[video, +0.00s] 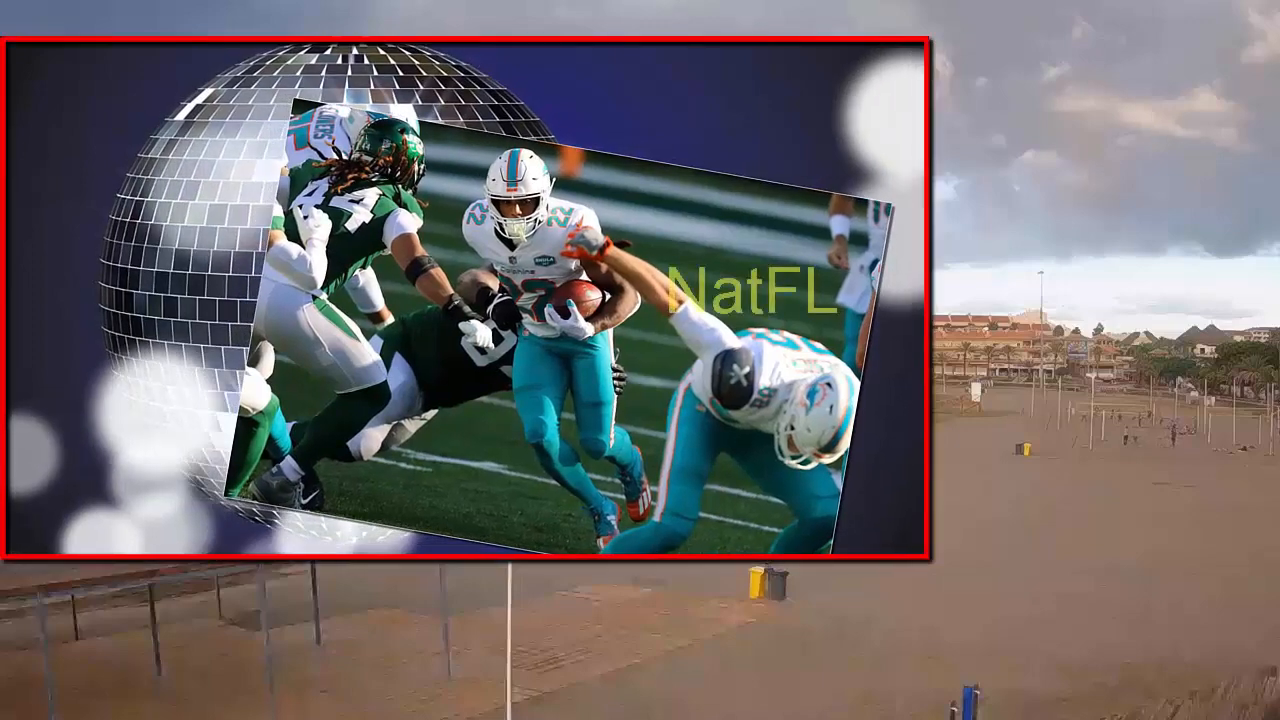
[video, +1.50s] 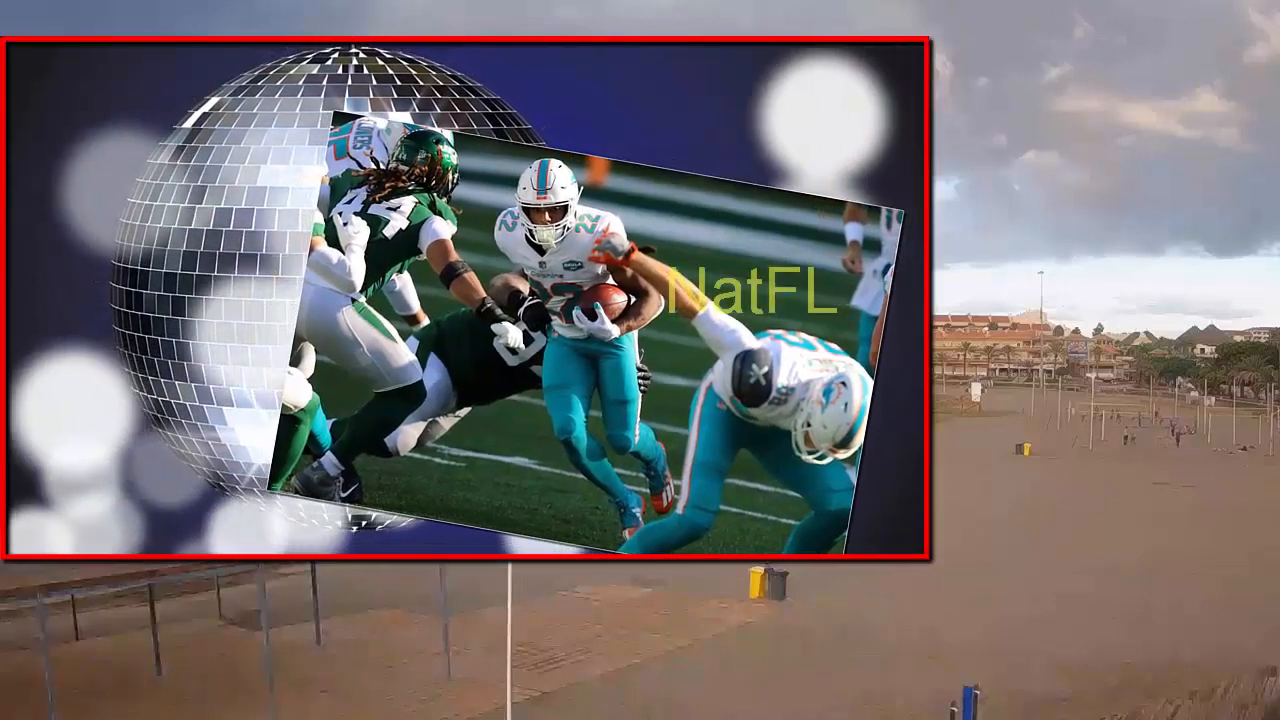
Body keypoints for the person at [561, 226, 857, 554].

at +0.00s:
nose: (804, 461)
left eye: (817, 457)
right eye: (799, 450)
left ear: (845, 432)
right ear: (787, 415)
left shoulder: (854, 415)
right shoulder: (744, 375)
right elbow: (671, 300)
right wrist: (606, 253)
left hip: (764, 428)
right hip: (706, 405)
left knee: (827, 516)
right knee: (673, 527)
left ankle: (764, 583)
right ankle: (592, 571)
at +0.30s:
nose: (808, 460)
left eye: (821, 455)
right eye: (803, 449)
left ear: (849, 432)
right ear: (790, 414)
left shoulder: (857, 416)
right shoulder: (747, 373)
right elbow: (675, 300)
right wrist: (610, 253)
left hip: (767, 427)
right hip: (710, 404)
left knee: (829, 513)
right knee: (678, 525)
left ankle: (768, 584)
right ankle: (597, 572)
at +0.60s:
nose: (810, 459)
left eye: (823, 455)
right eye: (805, 448)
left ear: (850, 432)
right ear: (794, 414)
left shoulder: (860, 415)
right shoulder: (751, 373)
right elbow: (680, 302)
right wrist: (616, 255)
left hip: (770, 426)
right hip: (714, 403)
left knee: (832, 511)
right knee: (682, 523)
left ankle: (771, 581)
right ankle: (602, 570)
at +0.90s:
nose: (812, 458)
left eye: (826, 454)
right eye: (808, 447)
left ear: (852, 432)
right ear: (798, 414)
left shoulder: (863, 415)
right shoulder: (757, 376)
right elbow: (681, 300)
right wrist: (620, 255)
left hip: (774, 425)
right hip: (719, 403)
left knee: (835, 511)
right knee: (687, 522)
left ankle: (776, 581)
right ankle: (607, 571)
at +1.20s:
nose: (815, 457)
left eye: (828, 453)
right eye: (811, 446)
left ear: (855, 430)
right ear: (801, 412)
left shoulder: (864, 412)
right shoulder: (754, 368)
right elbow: (687, 300)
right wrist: (626, 255)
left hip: (777, 425)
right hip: (722, 402)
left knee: (838, 507)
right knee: (691, 520)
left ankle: (778, 581)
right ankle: (609, 570)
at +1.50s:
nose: (818, 456)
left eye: (831, 453)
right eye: (813, 444)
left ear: (857, 429)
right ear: (805, 411)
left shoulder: (868, 416)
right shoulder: (758, 368)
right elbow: (692, 303)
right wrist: (631, 257)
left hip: (781, 425)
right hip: (726, 401)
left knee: (841, 504)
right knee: (696, 519)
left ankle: (779, 581)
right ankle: (615, 567)